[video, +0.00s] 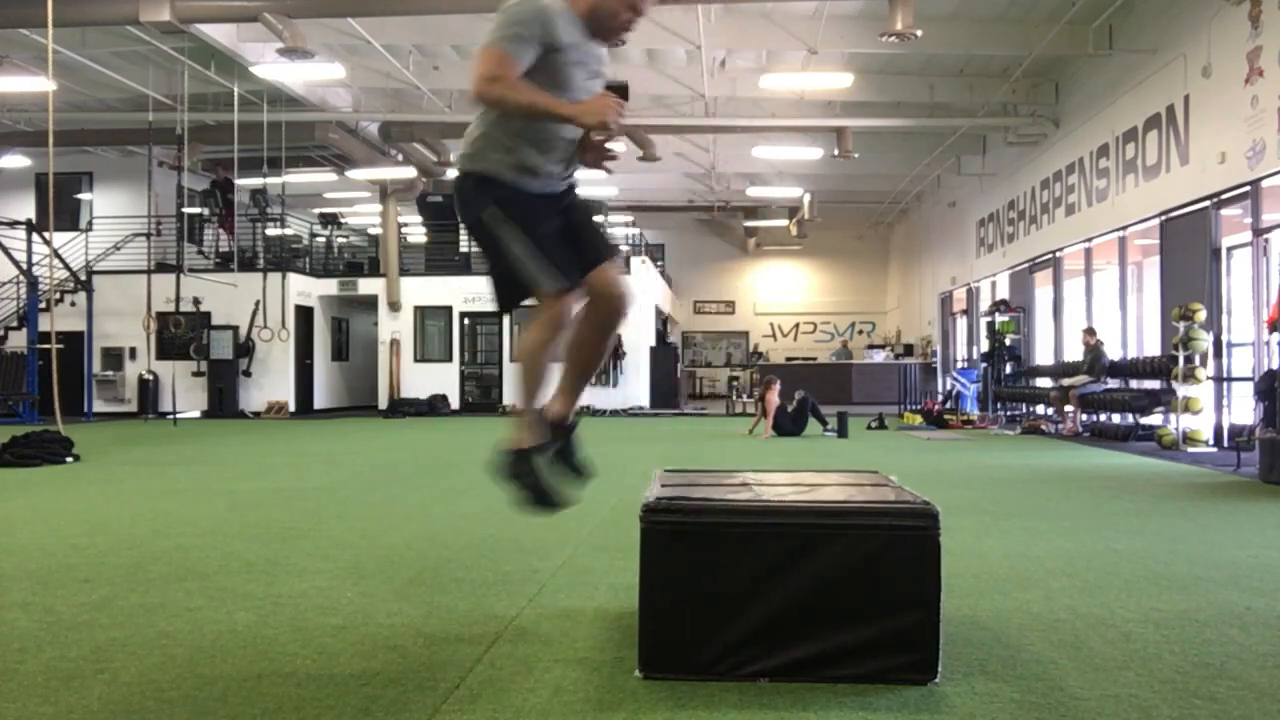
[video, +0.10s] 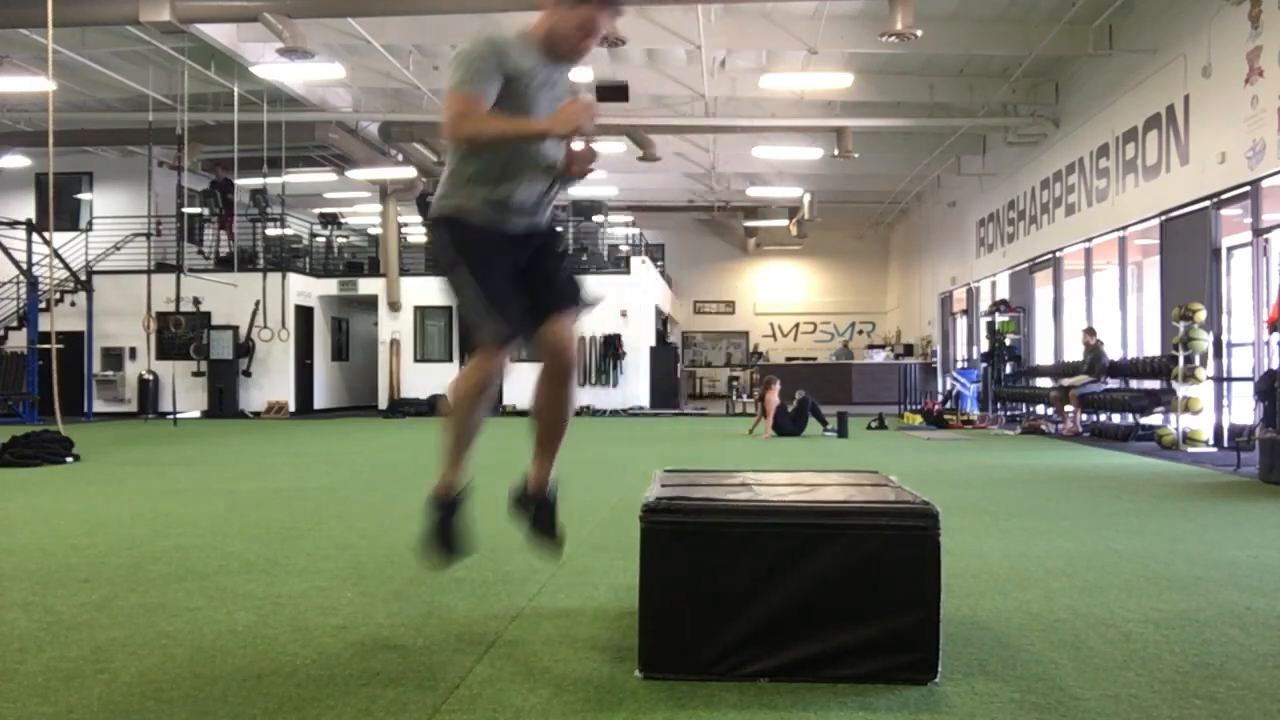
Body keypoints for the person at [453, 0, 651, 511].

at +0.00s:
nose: (633, 26)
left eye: (638, 18)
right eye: (632, 13)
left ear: (616, 9)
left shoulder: (593, 51)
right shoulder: (533, 16)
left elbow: (542, 125)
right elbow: (488, 84)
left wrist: (580, 148)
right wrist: (575, 110)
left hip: (553, 191)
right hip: (492, 185)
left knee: (611, 296)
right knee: (557, 301)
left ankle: (557, 420)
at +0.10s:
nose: (590, 44)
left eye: (599, 36)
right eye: (586, 29)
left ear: (600, 31)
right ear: (553, 10)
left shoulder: (563, 76)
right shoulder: (492, 51)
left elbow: (530, 162)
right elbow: (458, 124)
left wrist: (567, 167)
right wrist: (548, 125)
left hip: (530, 228)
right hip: (467, 222)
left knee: (562, 348)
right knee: (493, 349)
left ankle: (537, 489)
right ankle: (446, 490)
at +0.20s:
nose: (540, 94)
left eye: (547, 84)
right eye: (533, 81)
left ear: (550, 85)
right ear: (504, 72)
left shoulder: (537, 142)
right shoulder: (455, 116)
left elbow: (551, 239)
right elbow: (427, 199)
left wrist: (559, 201)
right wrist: (511, 171)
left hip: (507, 302)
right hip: (440, 297)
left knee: (523, 433)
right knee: (420, 437)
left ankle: (518, 572)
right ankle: (382, 562)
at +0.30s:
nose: (492, 163)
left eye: (502, 153)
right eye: (483, 151)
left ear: (511, 162)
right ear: (459, 153)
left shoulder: (519, 229)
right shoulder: (414, 215)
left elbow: (549, 310)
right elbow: (392, 296)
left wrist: (545, 283)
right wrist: (457, 263)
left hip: (479, 376)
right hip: (404, 377)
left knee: (503, 479)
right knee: (375, 503)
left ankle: (494, 594)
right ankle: (364, 595)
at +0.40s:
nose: (449, 205)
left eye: (461, 195)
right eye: (439, 194)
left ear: (480, 202)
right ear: (423, 200)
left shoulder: (506, 265)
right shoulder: (382, 260)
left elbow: (532, 334)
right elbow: (352, 341)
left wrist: (533, 393)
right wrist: (374, 385)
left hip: (464, 391)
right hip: (388, 388)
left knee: (472, 484)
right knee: (357, 504)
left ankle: (489, 594)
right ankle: (362, 595)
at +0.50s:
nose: (422, 227)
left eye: (435, 215)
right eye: (413, 214)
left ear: (457, 217)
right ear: (401, 214)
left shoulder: (487, 273)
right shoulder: (363, 268)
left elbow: (532, 335)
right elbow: (335, 341)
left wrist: (515, 417)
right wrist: (321, 414)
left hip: (459, 392)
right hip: (380, 389)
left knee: (462, 482)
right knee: (349, 497)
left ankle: (489, 594)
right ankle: (362, 595)